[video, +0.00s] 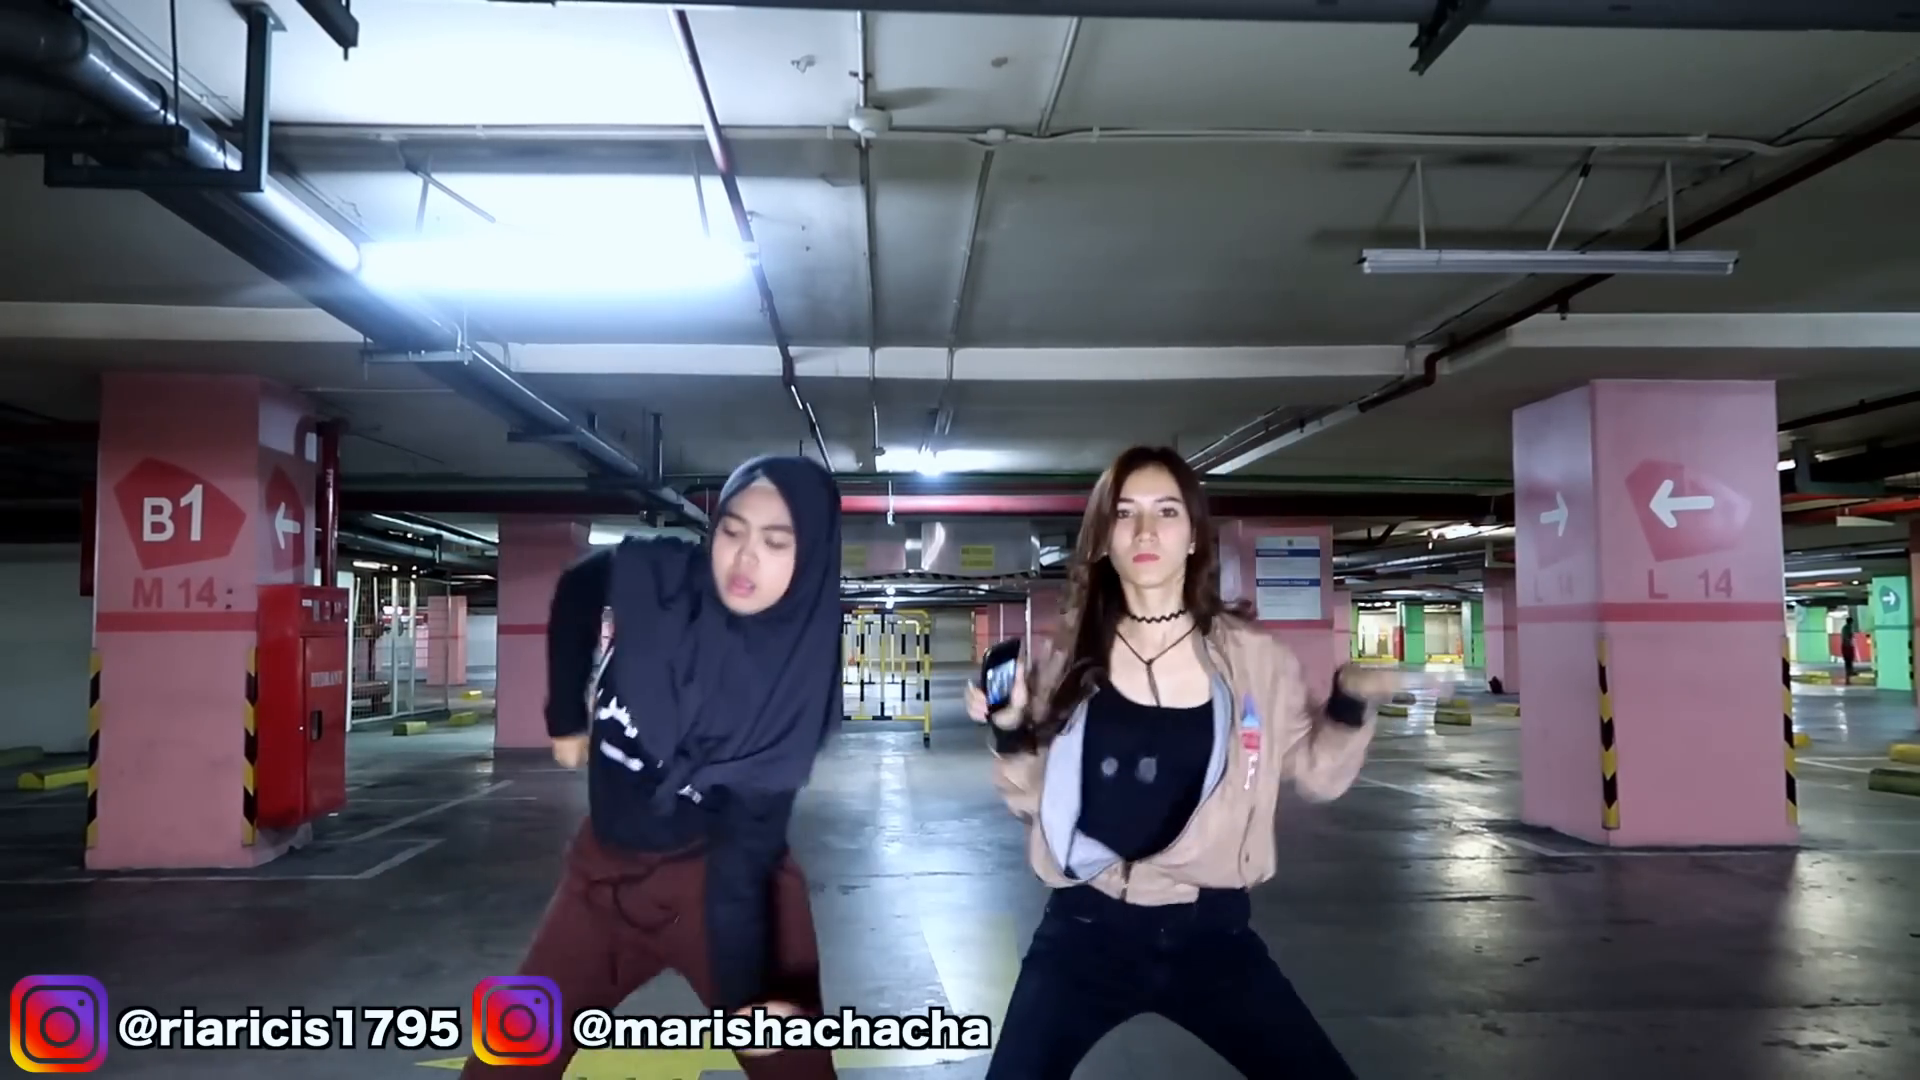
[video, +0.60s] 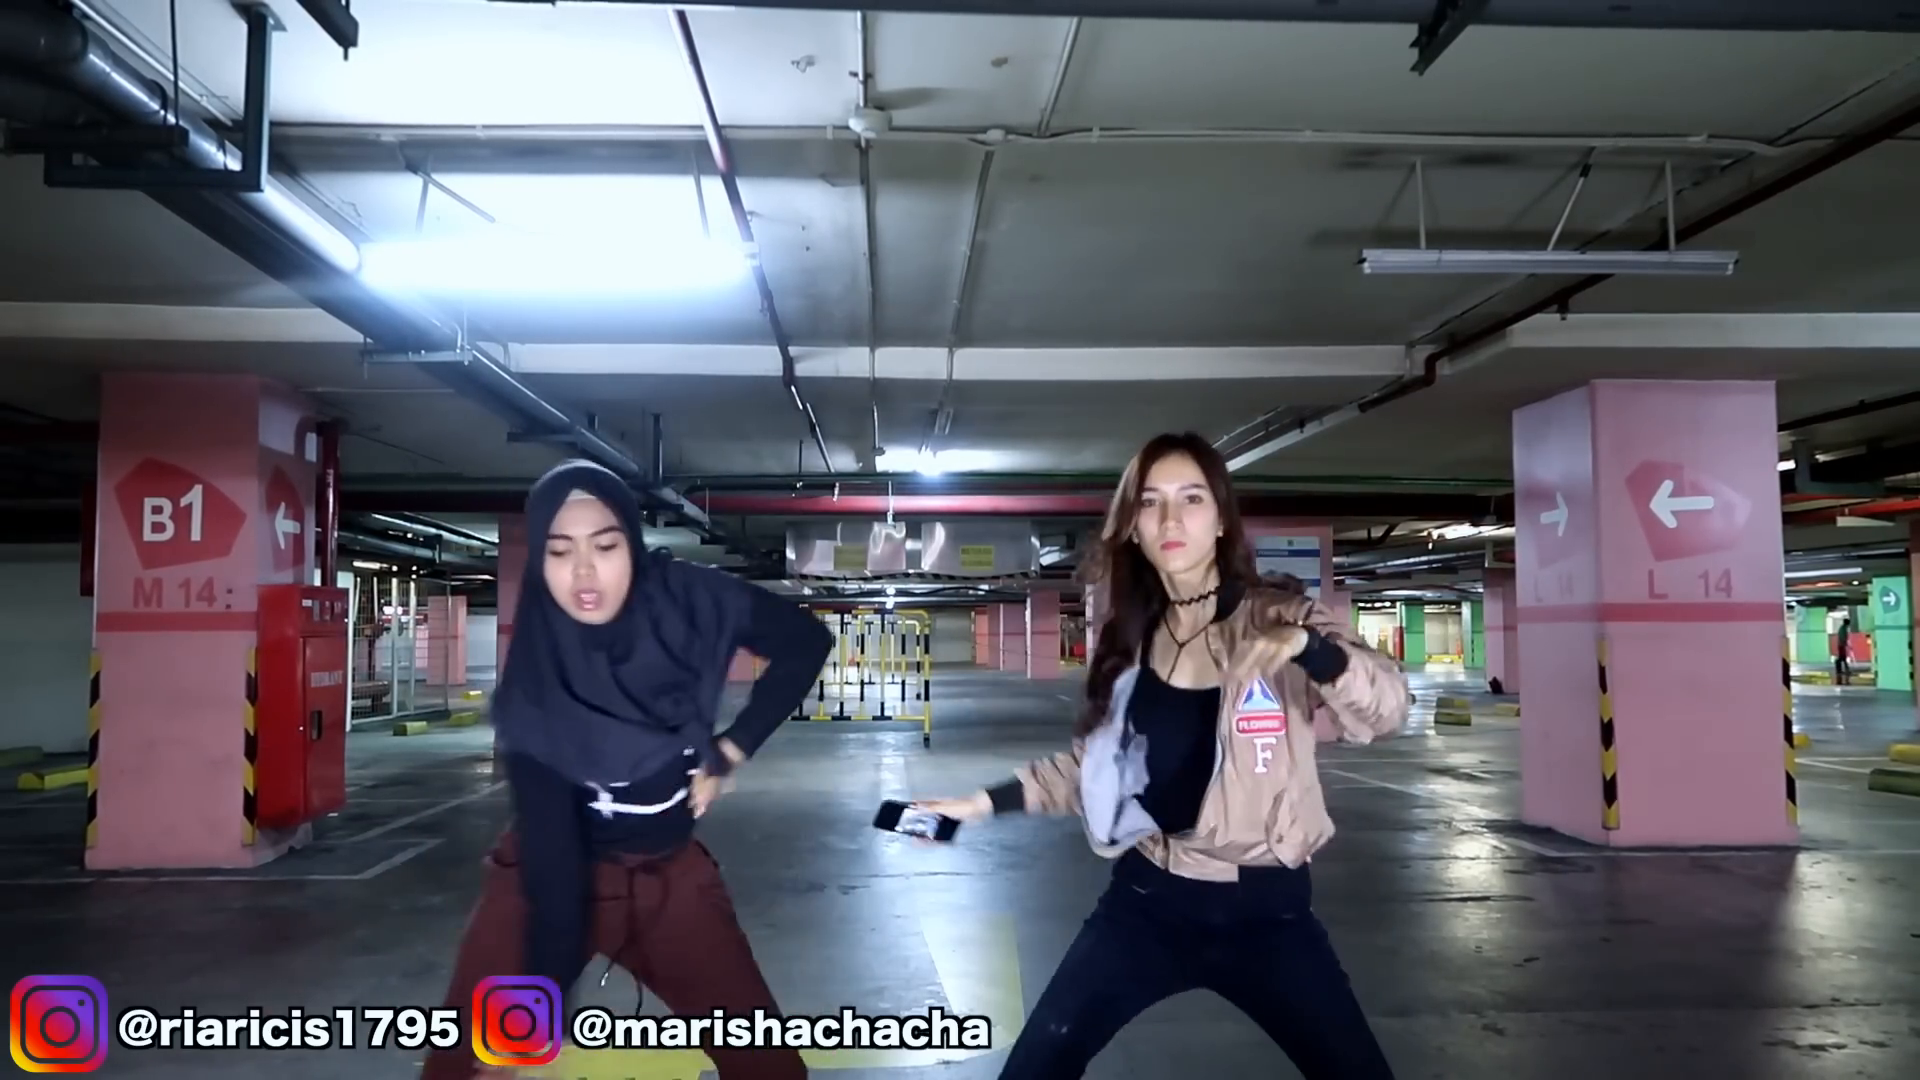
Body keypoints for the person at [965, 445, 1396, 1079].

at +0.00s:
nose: (1144, 531)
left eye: (1166, 513)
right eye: (1126, 513)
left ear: (1195, 536)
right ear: (1104, 537)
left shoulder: (1257, 658)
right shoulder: (1065, 657)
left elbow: (1318, 779)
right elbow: (1029, 802)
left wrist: (1352, 704)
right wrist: (1010, 728)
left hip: (1210, 936)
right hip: (1083, 934)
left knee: (1323, 1074)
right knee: (1014, 1072)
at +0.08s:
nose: (1152, 534)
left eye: (1173, 515)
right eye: (1133, 516)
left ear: (1202, 532)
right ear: (1109, 539)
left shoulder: (1281, 632)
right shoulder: (1096, 655)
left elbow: (1384, 725)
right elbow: (1077, 826)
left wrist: (1390, 642)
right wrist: (1050, 770)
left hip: (1225, 928)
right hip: (1101, 921)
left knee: (1317, 1074)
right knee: (1018, 1070)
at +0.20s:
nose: (1188, 499)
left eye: (1207, 480)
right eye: (1168, 486)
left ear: (1239, 498)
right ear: (1148, 511)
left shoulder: (1318, 600)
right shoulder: (1122, 614)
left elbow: (1449, 657)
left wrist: (1441, 593)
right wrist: (1055, 755)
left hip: (1265, 896)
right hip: (1138, 891)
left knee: (1362, 1071)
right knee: (1049, 1064)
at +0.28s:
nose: (1202, 482)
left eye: (1221, 462)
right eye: (1184, 468)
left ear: (1256, 480)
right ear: (1166, 490)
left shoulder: (1317, 595)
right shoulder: (1117, 590)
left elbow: (1439, 657)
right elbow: (1035, 649)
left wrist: (1440, 599)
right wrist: (1029, 728)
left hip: (1274, 878)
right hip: (1150, 879)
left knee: (1360, 1065)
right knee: (1067, 1062)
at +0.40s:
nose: (1186, 479)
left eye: (1207, 461)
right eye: (1169, 465)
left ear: (1242, 480)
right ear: (1152, 487)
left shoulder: (1280, 605)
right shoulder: (1101, 577)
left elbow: (1369, 712)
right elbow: (1006, 620)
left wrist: (1380, 655)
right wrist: (971, 708)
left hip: (1260, 880)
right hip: (1136, 883)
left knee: (1372, 1059)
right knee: (1066, 1066)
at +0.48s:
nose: (1171, 491)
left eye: (1192, 471)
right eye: (1154, 476)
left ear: (1227, 491)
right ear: (1137, 499)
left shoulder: (1267, 613)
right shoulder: (1103, 599)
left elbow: (1371, 729)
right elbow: (1026, 669)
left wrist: (1333, 664)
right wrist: (954, 727)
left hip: (1248, 891)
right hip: (1128, 891)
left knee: (1372, 1067)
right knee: (1049, 1065)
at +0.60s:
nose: (1170, 519)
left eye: (1191, 499)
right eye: (1151, 501)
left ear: (1222, 516)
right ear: (1133, 523)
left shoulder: (1277, 622)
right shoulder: (1130, 638)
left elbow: (1386, 714)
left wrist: (1309, 647)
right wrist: (981, 803)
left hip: (1264, 907)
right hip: (1145, 902)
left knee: (1361, 1072)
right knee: (1037, 1061)